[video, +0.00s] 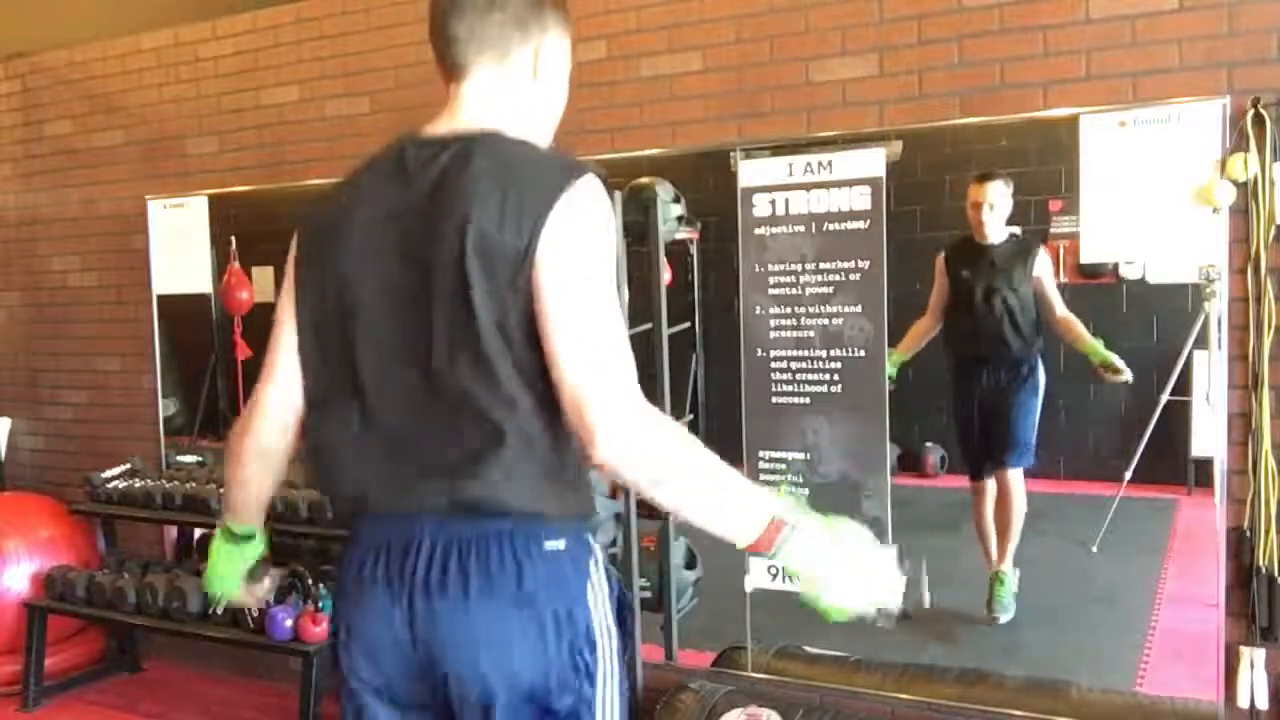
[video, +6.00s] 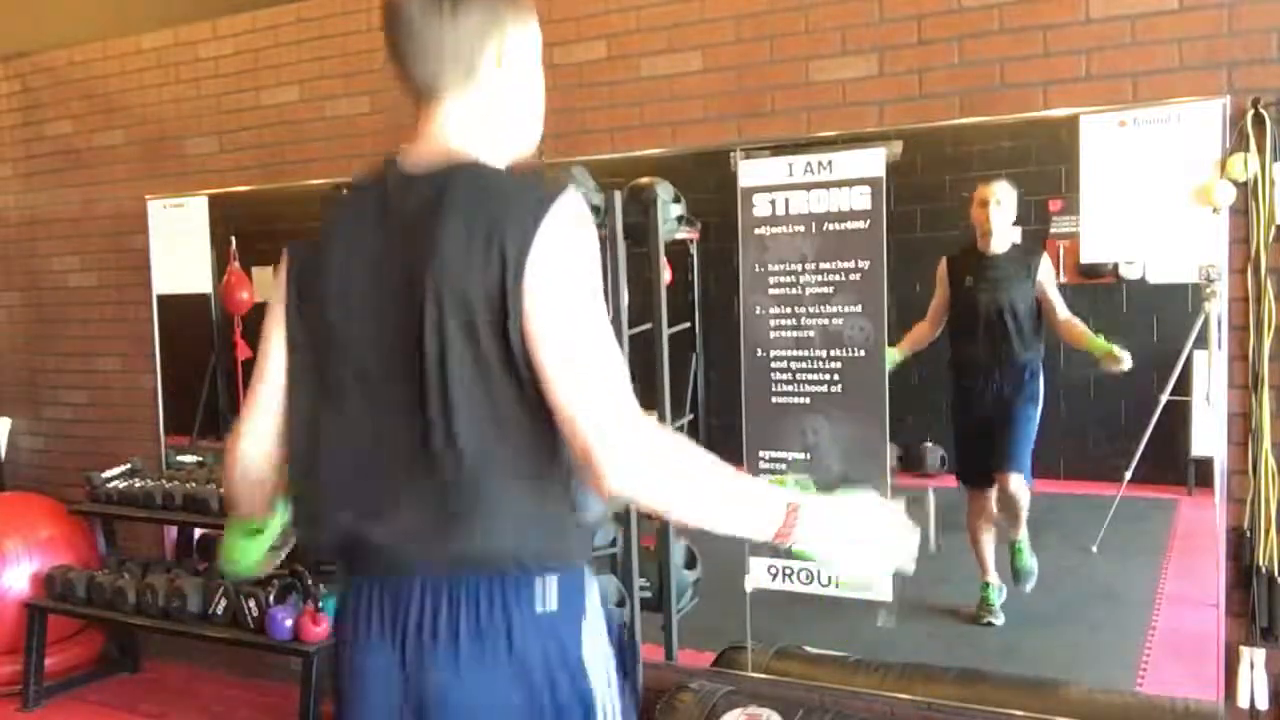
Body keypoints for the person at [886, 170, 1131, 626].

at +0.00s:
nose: (982, 214)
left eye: (991, 206)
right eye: (976, 206)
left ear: (1009, 208)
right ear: (966, 208)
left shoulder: (1032, 256)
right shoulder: (950, 259)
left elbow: (1058, 316)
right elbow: (932, 318)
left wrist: (1097, 353)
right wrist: (894, 358)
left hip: (1020, 373)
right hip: (969, 374)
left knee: (1009, 470)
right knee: (981, 480)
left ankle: (1004, 569)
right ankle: (996, 573)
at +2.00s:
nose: (995, 205)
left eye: (1004, 197)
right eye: (988, 197)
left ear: (1022, 203)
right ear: (977, 204)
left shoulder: (1043, 255)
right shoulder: (961, 254)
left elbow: (1066, 318)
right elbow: (945, 318)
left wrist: (1100, 358)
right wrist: (906, 359)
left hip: (1022, 376)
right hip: (970, 375)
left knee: (1015, 479)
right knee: (967, 478)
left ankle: (1012, 580)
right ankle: (977, 567)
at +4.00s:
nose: (990, 208)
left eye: (999, 200)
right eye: (983, 200)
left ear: (1017, 208)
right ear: (973, 208)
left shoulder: (1038, 260)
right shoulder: (956, 258)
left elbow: (1062, 319)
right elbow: (936, 318)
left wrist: (1095, 351)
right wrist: (898, 354)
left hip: (1015, 381)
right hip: (966, 379)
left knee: (1010, 483)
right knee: (965, 482)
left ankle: (1007, 580)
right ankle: (972, 579)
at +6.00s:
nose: (988, 213)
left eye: (997, 204)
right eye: (982, 204)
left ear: (1014, 213)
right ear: (971, 212)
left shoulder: (1034, 263)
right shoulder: (953, 266)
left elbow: (1062, 320)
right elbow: (932, 323)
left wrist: (1099, 347)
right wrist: (897, 352)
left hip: (1021, 382)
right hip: (971, 383)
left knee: (1011, 484)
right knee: (979, 494)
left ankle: (1017, 543)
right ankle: (989, 585)